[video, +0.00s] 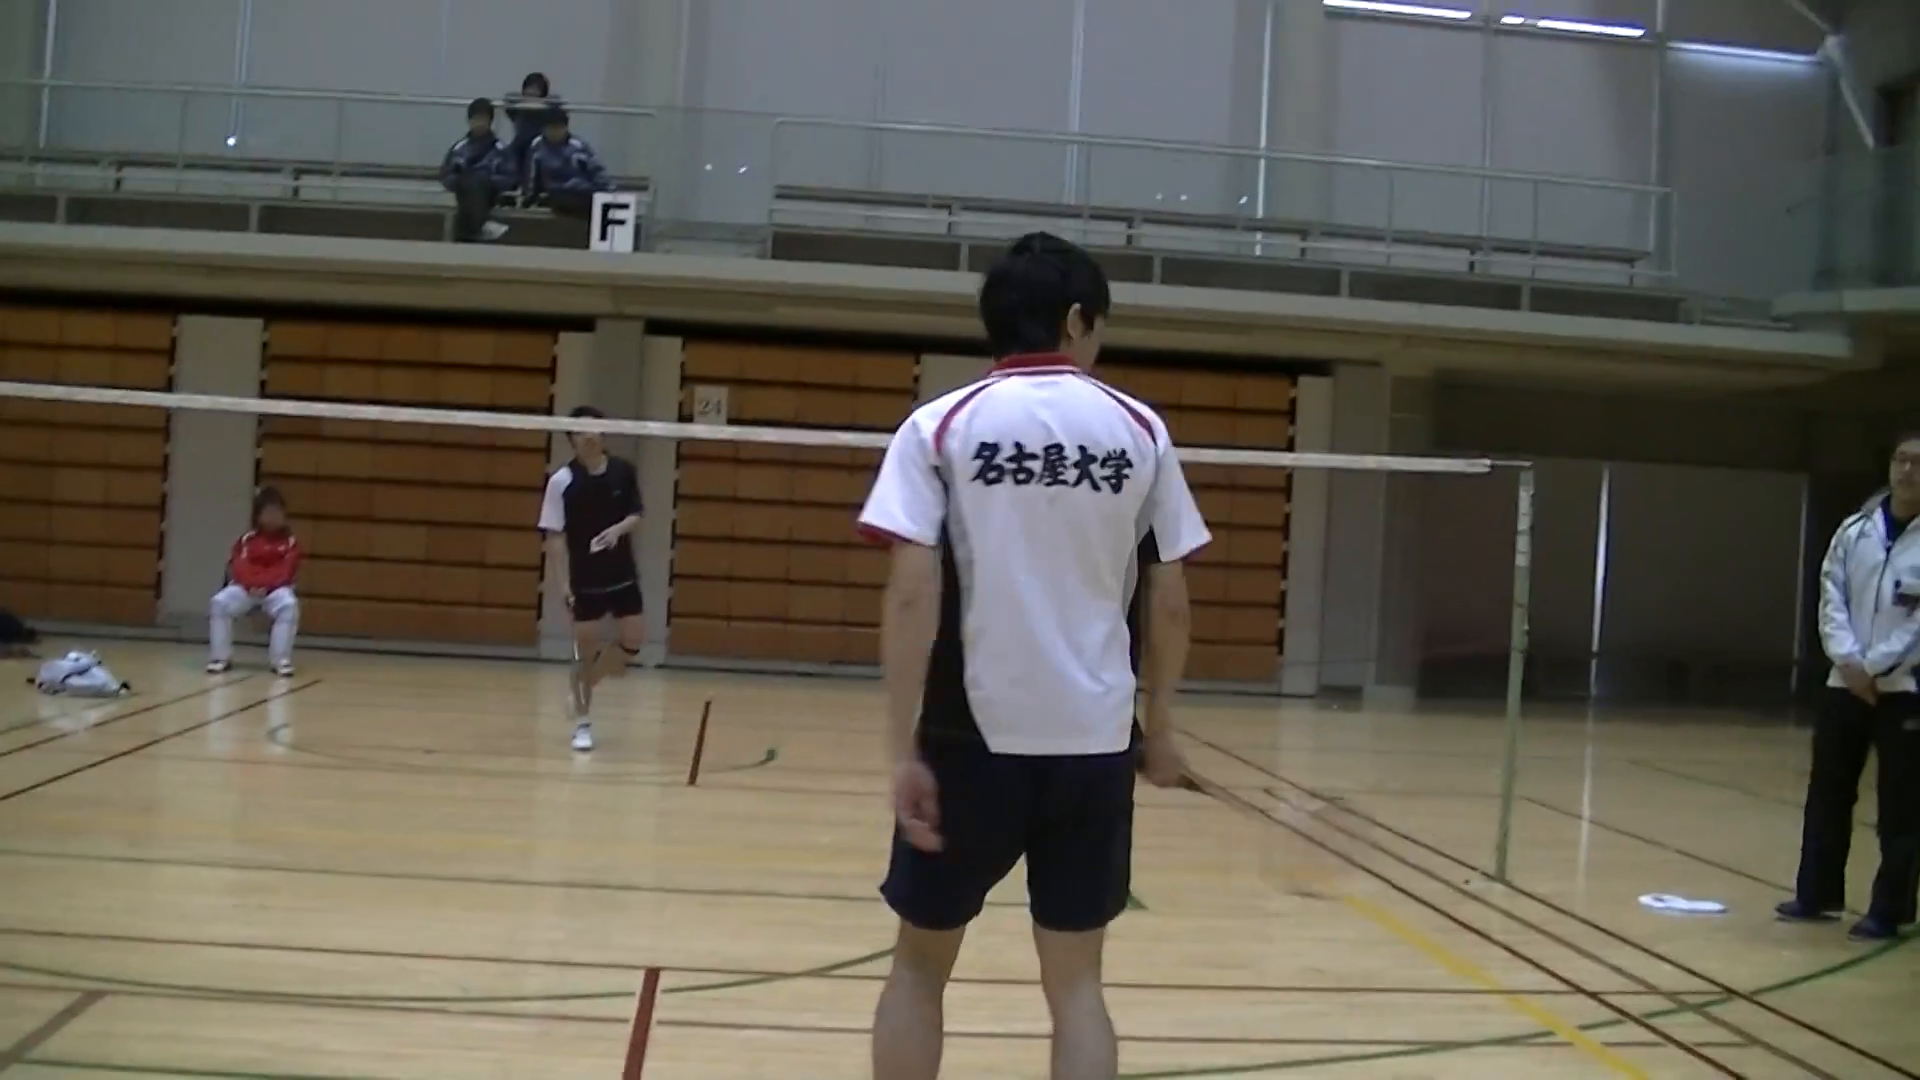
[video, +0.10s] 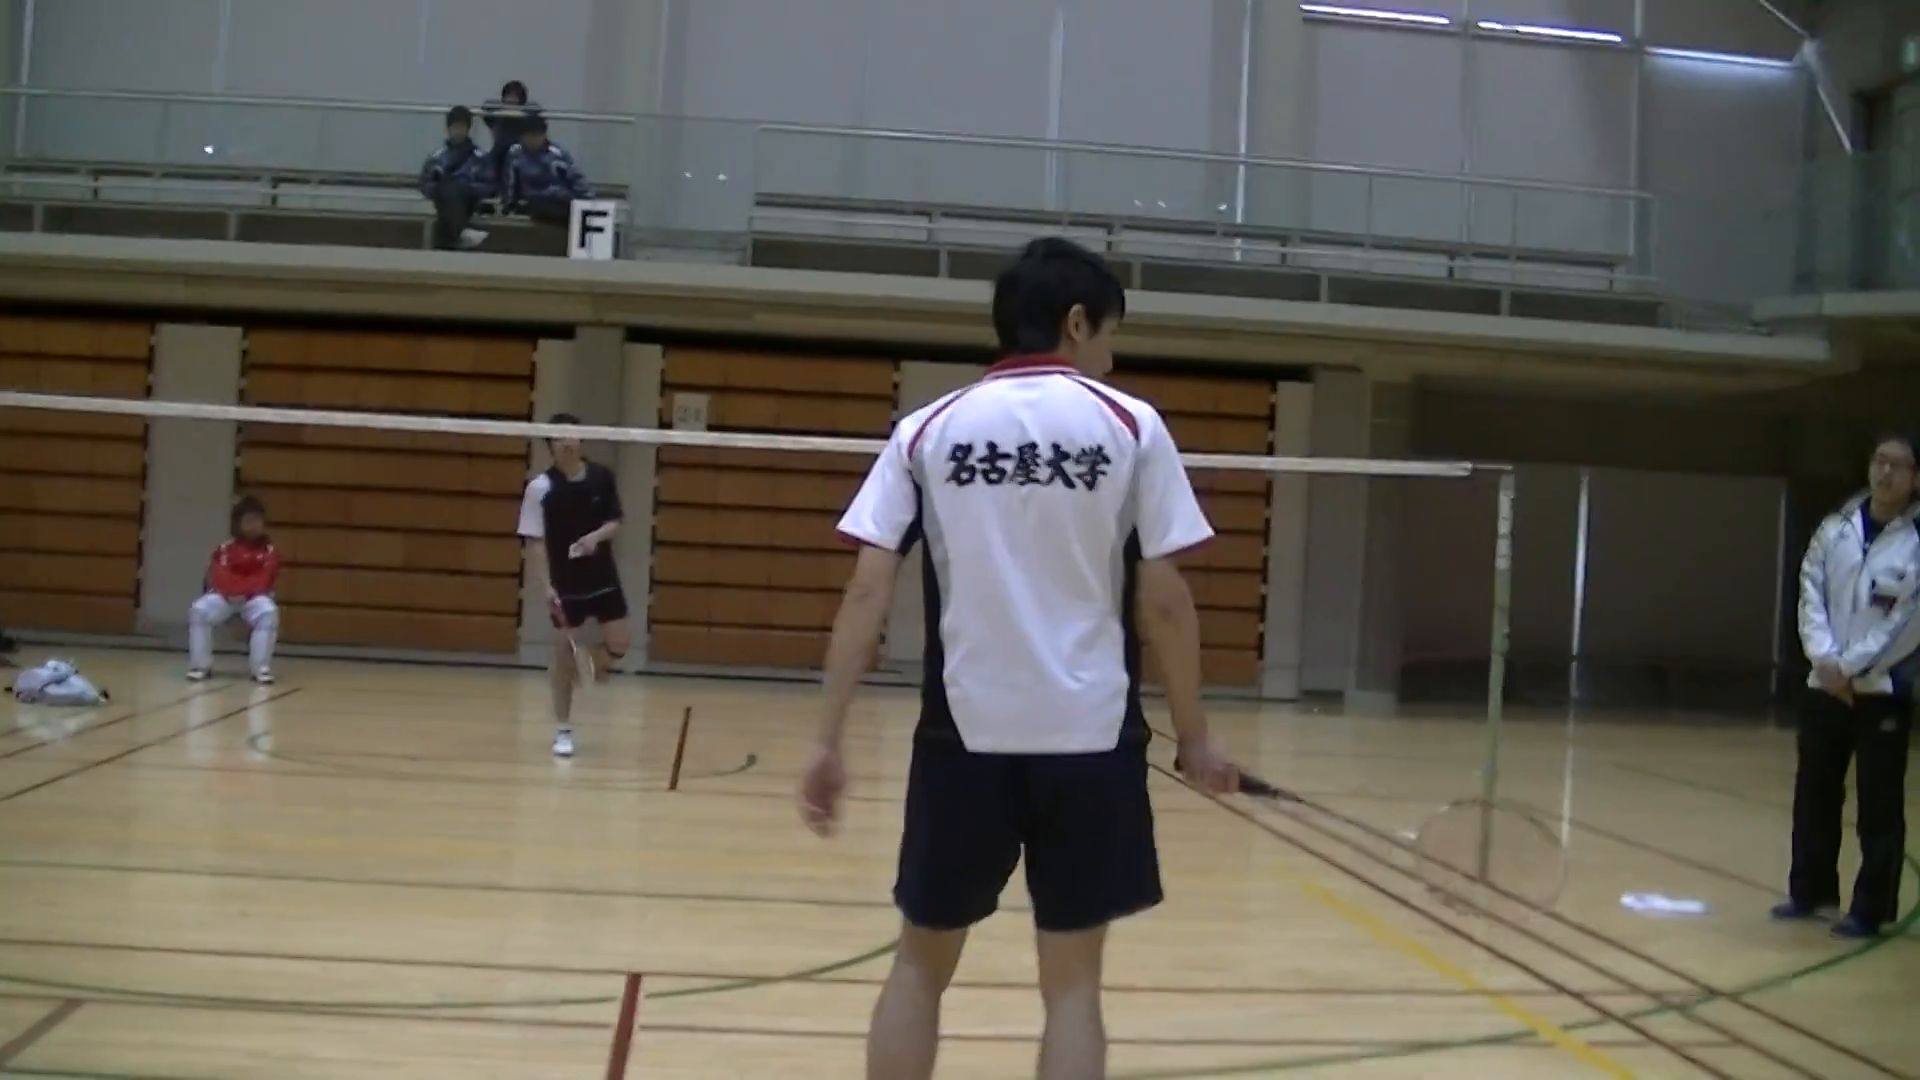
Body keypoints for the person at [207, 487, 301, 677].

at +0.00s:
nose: (273, 519)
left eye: (278, 512)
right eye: (268, 513)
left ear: (284, 515)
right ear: (258, 516)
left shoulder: (289, 543)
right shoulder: (247, 540)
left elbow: (286, 572)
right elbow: (238, 566)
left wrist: (266, 585)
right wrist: (250, 584)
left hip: (275, 588)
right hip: (247, 586)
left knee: (288, 607)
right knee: (220, 603)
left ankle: (281, 659)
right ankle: (220, 658)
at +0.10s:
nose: (254, 526)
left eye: (258, 520)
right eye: (248, 521)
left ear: (263, 523)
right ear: (237, 524)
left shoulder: (268, 552)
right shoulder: (225, 549)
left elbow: (264, 580)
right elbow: (217, 576)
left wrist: (244, 593)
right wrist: (230, 591)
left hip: (254, 595)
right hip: (226, 594)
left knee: (268, 613)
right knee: (199, 611)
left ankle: (261, 667)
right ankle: (200, 666)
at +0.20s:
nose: (232, 516)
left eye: (236, 510)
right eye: (226, 511)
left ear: (242, 513)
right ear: (216, 514)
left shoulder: (248, 541)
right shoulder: (205, 539)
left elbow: (246, 569)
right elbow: (198, 565)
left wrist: (226, 583)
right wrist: (209, 582)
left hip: (235, 585)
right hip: (206, 584)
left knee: (249, 603)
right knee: (180, 601)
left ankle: (242, 655)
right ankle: (181, 656)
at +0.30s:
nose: (216, 501)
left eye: (220, 495)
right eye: (210, 496)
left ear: (226, 497)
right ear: (200, 499)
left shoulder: (234, 526)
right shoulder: (190, 524)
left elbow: (231, 555)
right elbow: (183, 552)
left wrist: (211, 568)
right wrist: (195, 567)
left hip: (220, 570)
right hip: (191, 570)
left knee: (235, 587)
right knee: (165, 586)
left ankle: (228, 640)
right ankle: (167, 641)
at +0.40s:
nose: (209, 480)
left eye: (213, 473)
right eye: (203, 475)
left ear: (219, 476)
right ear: (193, 479)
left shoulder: (227, 504)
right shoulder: (183, 503)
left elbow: (225, 533)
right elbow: (176, 529)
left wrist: (206, 547)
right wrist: (188, 546)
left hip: (214, 550)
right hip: (185, 549)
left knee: (229, 566)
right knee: (159, 566)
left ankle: (223, 620)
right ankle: (163, 621)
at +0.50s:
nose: (216, 460)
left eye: (220, 454)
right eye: (210, 455)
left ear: (226, 457)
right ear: (201, 459)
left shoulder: (233, 483)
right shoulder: (191, 483)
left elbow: (234, 514)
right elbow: (183, 510)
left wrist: (214, 528)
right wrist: (197, 526)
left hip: (222, 530)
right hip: (194, 530)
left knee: (238, 547)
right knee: (169, 547)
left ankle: (233, 600)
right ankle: (173, 603)